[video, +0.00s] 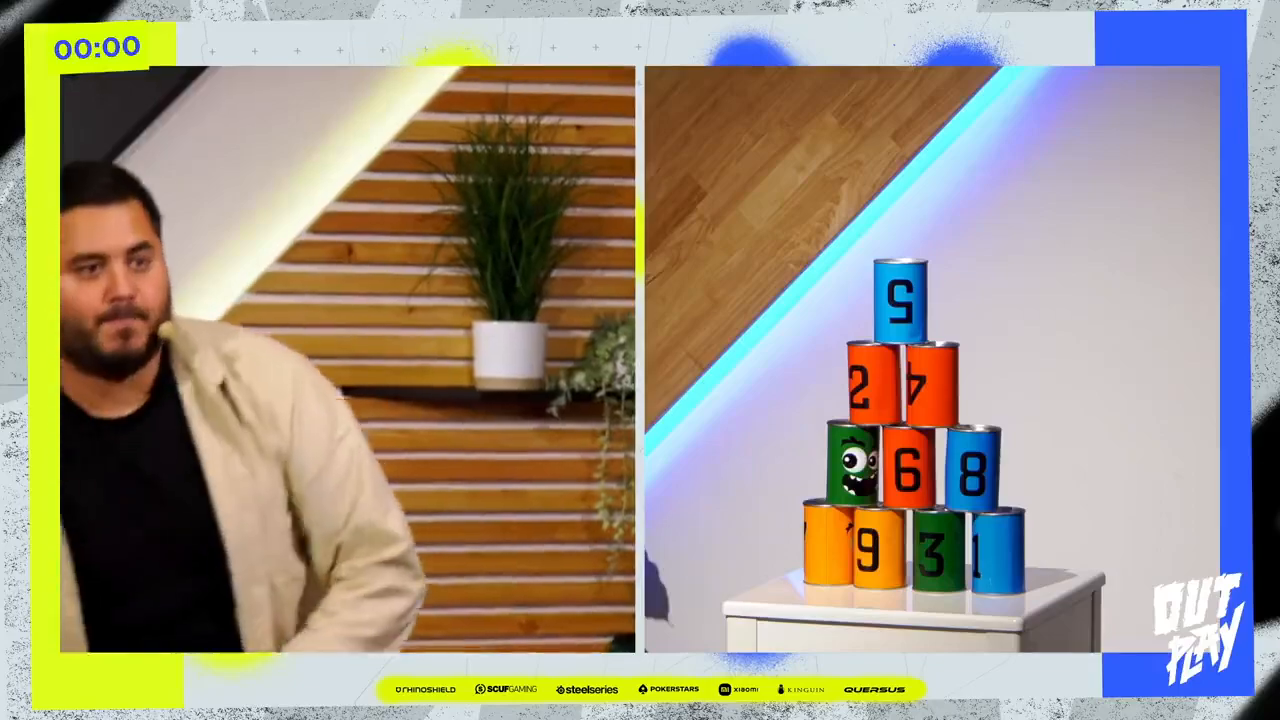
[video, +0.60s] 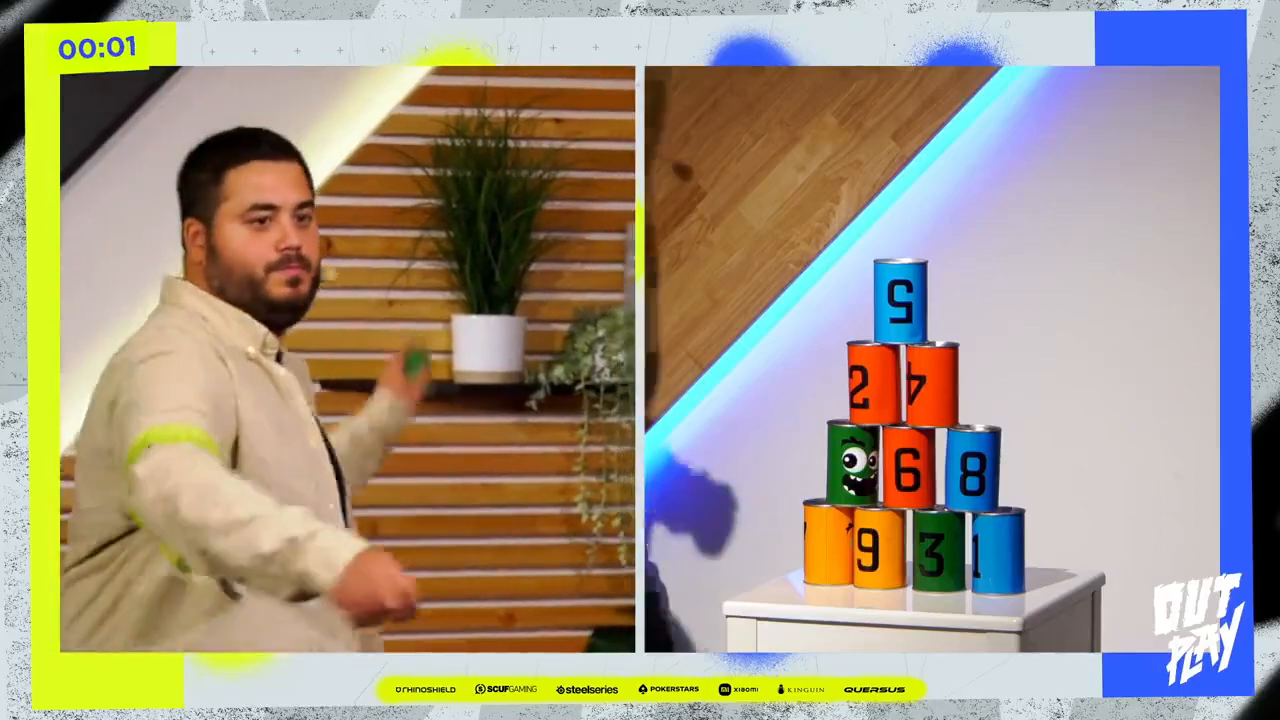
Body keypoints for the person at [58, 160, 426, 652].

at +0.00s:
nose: (122, 290)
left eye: (139, 260)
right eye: (88, 268)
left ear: (163, 262)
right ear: (40, 284)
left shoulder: (267, 382)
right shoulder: (6, 425)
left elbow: (384, 572)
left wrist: (276, 705)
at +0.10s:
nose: (175, 247)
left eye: (189, 218)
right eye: (140, 223)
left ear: (210, 225)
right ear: (83, 242)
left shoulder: (298, 352)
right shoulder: (28, 389)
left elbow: (424, 502)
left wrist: (364, 629)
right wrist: (143, 668)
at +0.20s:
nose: (225, 222)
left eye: (238, 194)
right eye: (191, 198)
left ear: (256, 204)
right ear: (132, 219)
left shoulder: (325, 342)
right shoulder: (69, 376)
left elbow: (419, 484)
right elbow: (50, 597)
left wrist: (450, 597)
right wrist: (236, 614)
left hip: (323, 700)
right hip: (146, 705)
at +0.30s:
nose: (271, 220)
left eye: (282, 195)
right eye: (237, 198)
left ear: (298, 205)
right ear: (176, 220)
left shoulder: (315, 340)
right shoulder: (132, 361)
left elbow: (405, 518)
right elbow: (128, 561)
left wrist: (478, 660)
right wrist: (334, 557)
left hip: (345, 687)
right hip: (197, 695)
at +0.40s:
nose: (300, 232)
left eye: (310, 208)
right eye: (267, 210)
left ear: (326, 222)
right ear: (204, 233)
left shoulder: (316, 360)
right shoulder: (162, 360)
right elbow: (189, 515)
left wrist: (421, 662)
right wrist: (401, 521)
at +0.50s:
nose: (310, 237)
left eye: (320, 213)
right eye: (277, 215)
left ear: (335, 226)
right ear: (214, 235)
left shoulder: (291, 370)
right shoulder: (184, 352)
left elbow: (269, 583)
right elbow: (216, 486)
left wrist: (413, 576)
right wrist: (415, 526)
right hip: (152, 694)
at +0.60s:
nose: (292, 241)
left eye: (303, 219)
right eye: (260, 221)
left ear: (317, 230)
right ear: (198, 240)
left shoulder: (265, 363)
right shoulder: (174, 353)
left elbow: (300, 491)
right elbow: (175, 485)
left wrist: (387, 412)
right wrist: (335, 562)